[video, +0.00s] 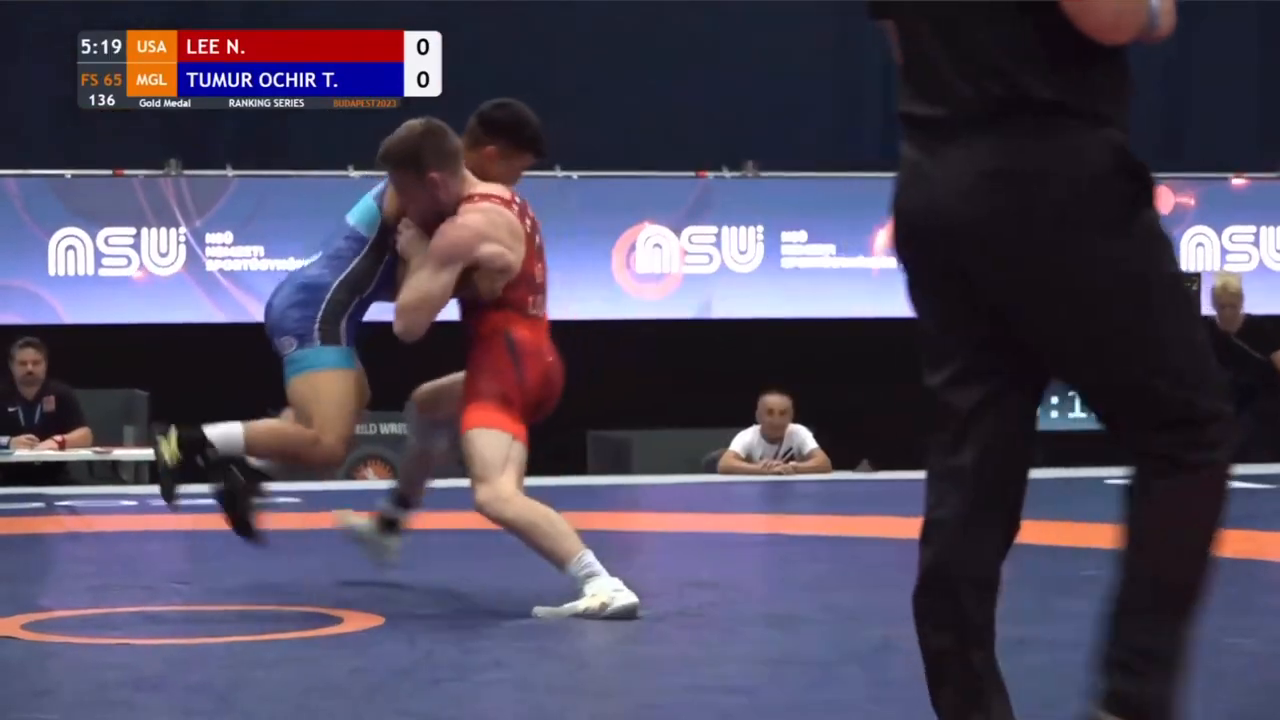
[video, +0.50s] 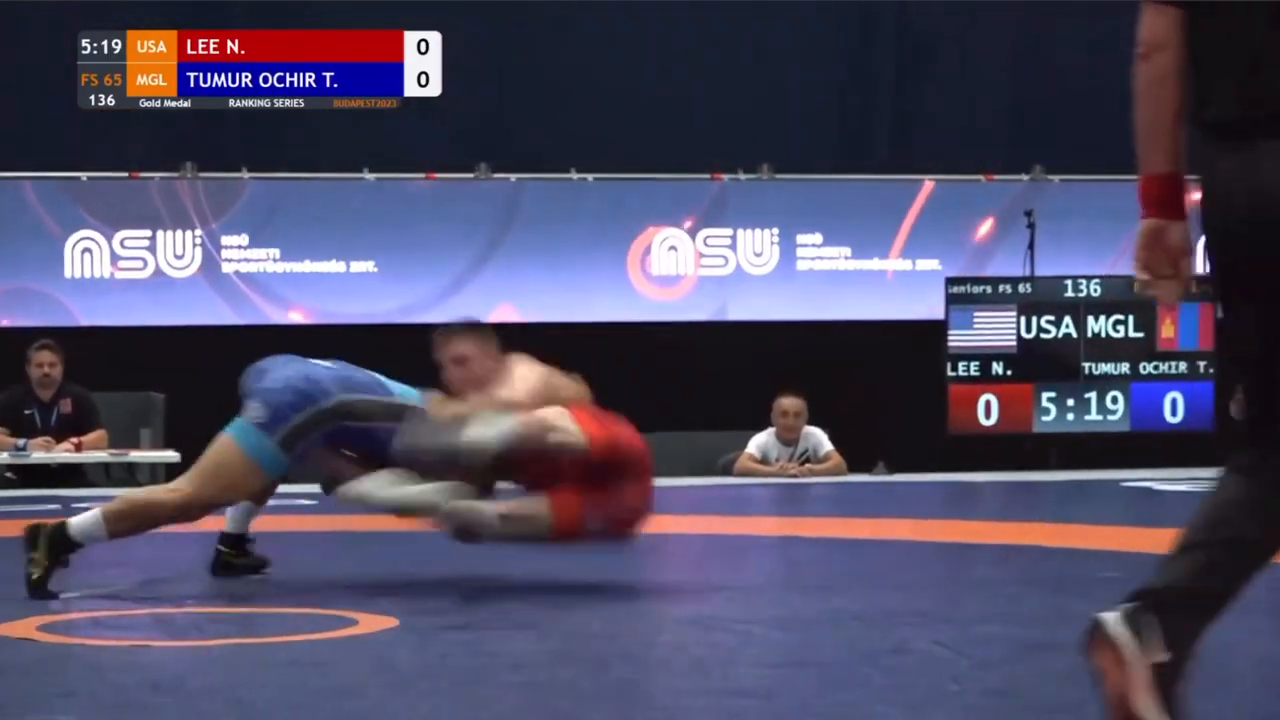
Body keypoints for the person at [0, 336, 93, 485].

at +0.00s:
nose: (29, 370)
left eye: (36, 363)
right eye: (22, 364)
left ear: (46, 365)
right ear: (11, 366)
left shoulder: (61, 394)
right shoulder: (4, 398)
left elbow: (85, 436)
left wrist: (56, 442)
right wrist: (8, 443)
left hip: (53, 478)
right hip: (10, 480)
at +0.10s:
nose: (29, 370)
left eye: (36, 364)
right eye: (23, 364)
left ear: (46, 366)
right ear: (12, 367)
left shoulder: (60, 394)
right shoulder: (4, 398)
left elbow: (86, 437)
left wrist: (56, 442)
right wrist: (9, 443)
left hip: (53, 479)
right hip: (11, 480)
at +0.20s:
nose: (30, 370)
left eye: (36, 364)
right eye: (23, 365)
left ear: (46, 366)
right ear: (12, 367)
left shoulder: (61, 395)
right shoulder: (5, 399)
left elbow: (86, 436)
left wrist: (56, 442)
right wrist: (9, 443)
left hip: (54, 481)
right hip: (11, 482)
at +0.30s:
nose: (30, 371)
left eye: (36, 365)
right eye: (23, 365)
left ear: (46, 366)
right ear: (12, 367)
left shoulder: (61, 396)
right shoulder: (4, 399)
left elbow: (86, 438)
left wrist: (56, 443)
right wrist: (9, 444)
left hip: (54, 481)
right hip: (11, 482)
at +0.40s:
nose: (32, 371)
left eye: (38, 365)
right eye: (26, 366)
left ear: (48, 367)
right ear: (14, 368)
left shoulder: (64, 397)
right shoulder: (4, 399)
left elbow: (88, 438)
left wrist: (58, 444)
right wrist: (11, 445)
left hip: (57, 481)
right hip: (13, 483)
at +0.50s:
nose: (46, 371)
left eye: (52, 365)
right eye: (39, 366)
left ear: (62, 368)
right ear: (28, 369)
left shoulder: (78, 398)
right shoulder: (13, 400)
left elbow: (101, 439)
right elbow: (2, 438)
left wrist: (72, 444)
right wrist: (25, 445)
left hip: (71, 481)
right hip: (26, 482)